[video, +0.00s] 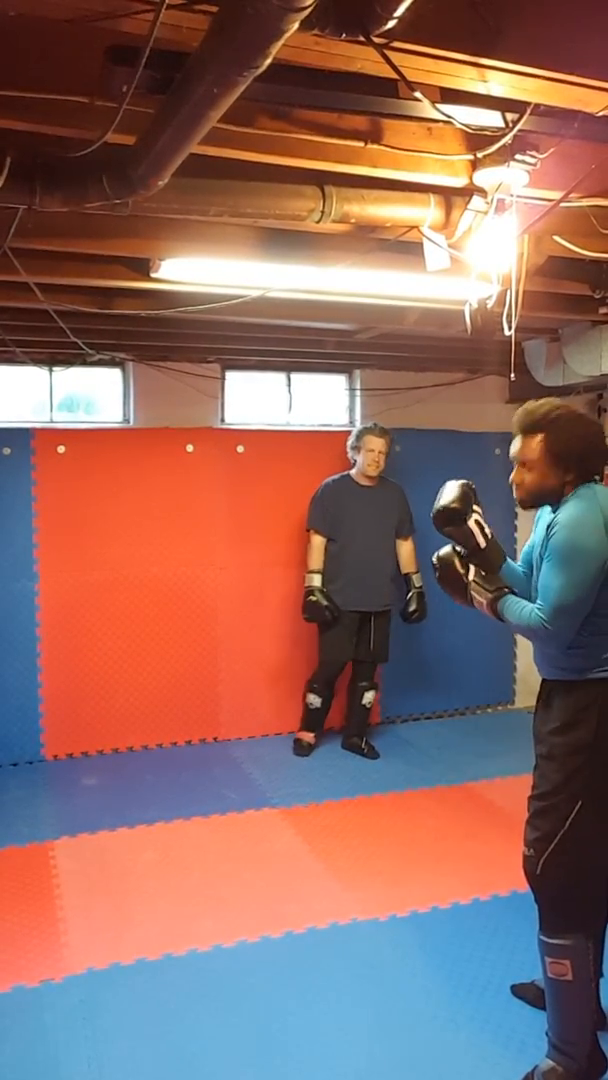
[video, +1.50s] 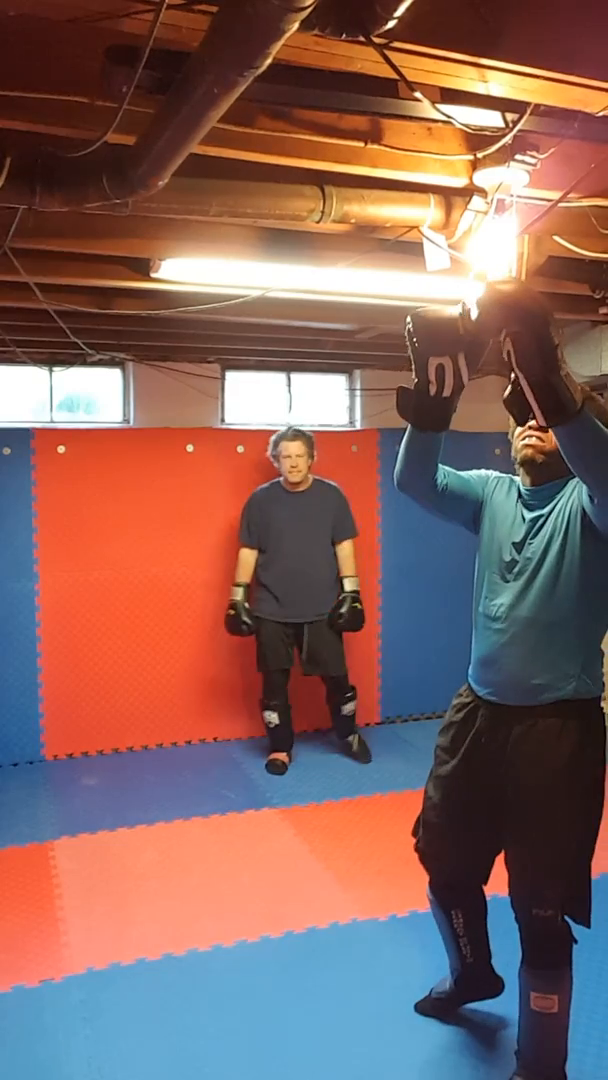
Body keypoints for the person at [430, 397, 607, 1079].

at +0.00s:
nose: (515, 472)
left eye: (526, 461)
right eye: (515, 461)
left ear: (566, 465)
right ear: (550, 462)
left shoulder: (580, 515)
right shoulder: (556, 510)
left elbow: (549, 623)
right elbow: (520, 589)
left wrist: (486, 597)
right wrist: (485, 545)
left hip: (585, 709)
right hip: (570, 701)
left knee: (561, 866)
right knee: (567, 853)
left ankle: (576, 1058)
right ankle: (571, 985)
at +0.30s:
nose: (531, 443)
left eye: (546, 434)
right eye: (529, 434)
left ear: (582, 448)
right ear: (529, 446)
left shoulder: (587, 508)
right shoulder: (532, 509)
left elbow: (564, 617)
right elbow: (507, 590)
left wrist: (491, 605)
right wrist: (466, 576)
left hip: (584, 710)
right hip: (557, 705)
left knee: (555, 865)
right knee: (575, 856)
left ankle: (556, 1060)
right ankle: (577, 989)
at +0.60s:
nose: (525, 437)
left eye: (543, 429)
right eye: (523, 429)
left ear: (582, 447)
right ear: (520, 444)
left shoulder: (592, 507)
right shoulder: (513, 512)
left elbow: (600, 617)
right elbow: (456, 587)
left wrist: (522, 618)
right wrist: (432, 539)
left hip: (576, 707)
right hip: (527, 704)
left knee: (544, 876)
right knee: (544, 859)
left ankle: (540, 1067)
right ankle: (576, 993)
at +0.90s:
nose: (520, 445)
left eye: (535, 434)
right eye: (515, 434)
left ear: (574, 442)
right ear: (507, 440)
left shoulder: (594, 506)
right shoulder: (497, 499)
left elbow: (571, 487)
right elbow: (414, 532)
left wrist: (545, 419)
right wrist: (414, 476)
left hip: (572, 715)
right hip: (502, 710)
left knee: (543, 886)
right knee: (482, 838)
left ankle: (544, 1065)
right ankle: (536, 966)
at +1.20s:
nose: (525, 431)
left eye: (541, 422)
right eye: (517, 421)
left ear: (573, 436)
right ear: (504, 434)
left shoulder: (591, 500)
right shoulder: (487, 492)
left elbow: (600, 480)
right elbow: (409, 493)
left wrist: (560, 398)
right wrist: (425, 424)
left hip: (567, 718)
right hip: (485, 711)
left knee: (542, 895)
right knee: (459, 852)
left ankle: (543, 1059)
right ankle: (479, 979)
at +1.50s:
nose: (530, 428)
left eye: (546, 420)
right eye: (521, 419)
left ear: (575, 435)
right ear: (508, 434)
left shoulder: (591, 499)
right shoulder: (492, 489)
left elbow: (597, 468)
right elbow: (415, 479)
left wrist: (548, 381)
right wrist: (430, 419)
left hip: (561, 723)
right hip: (479, 713)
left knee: (543, 905)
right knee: (443, 850)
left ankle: (542, 1065)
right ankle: (474, 974)